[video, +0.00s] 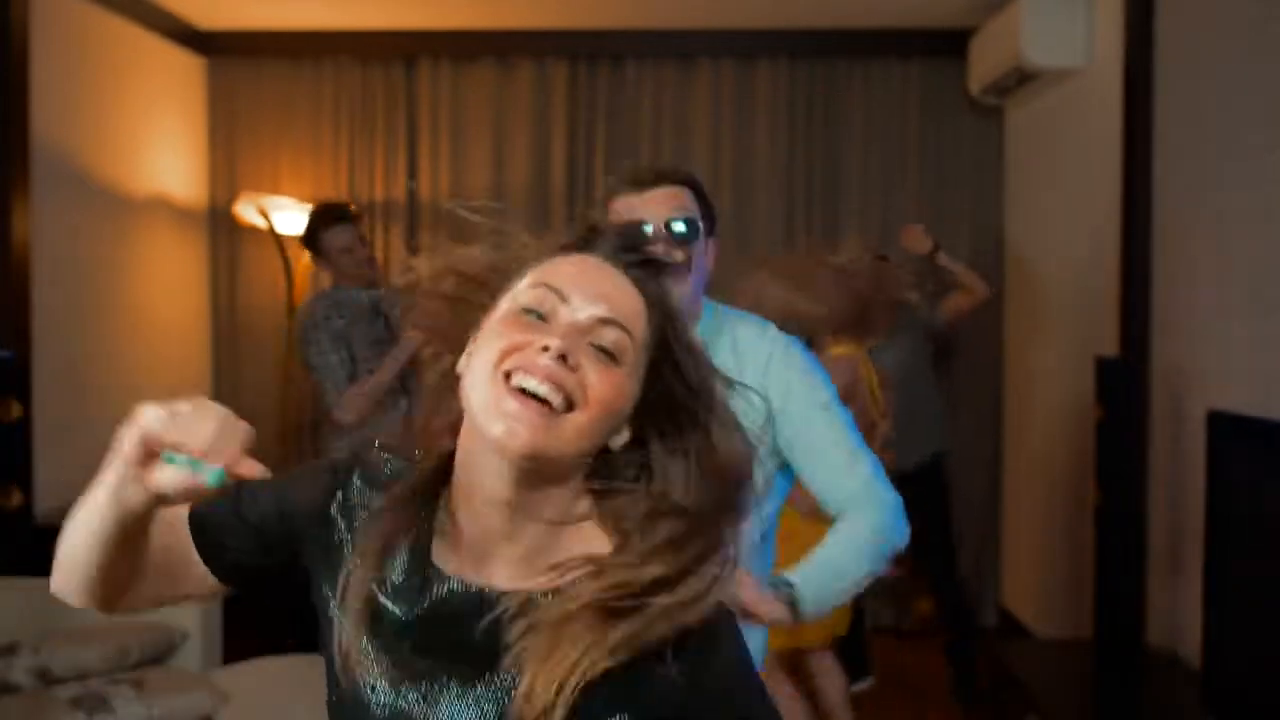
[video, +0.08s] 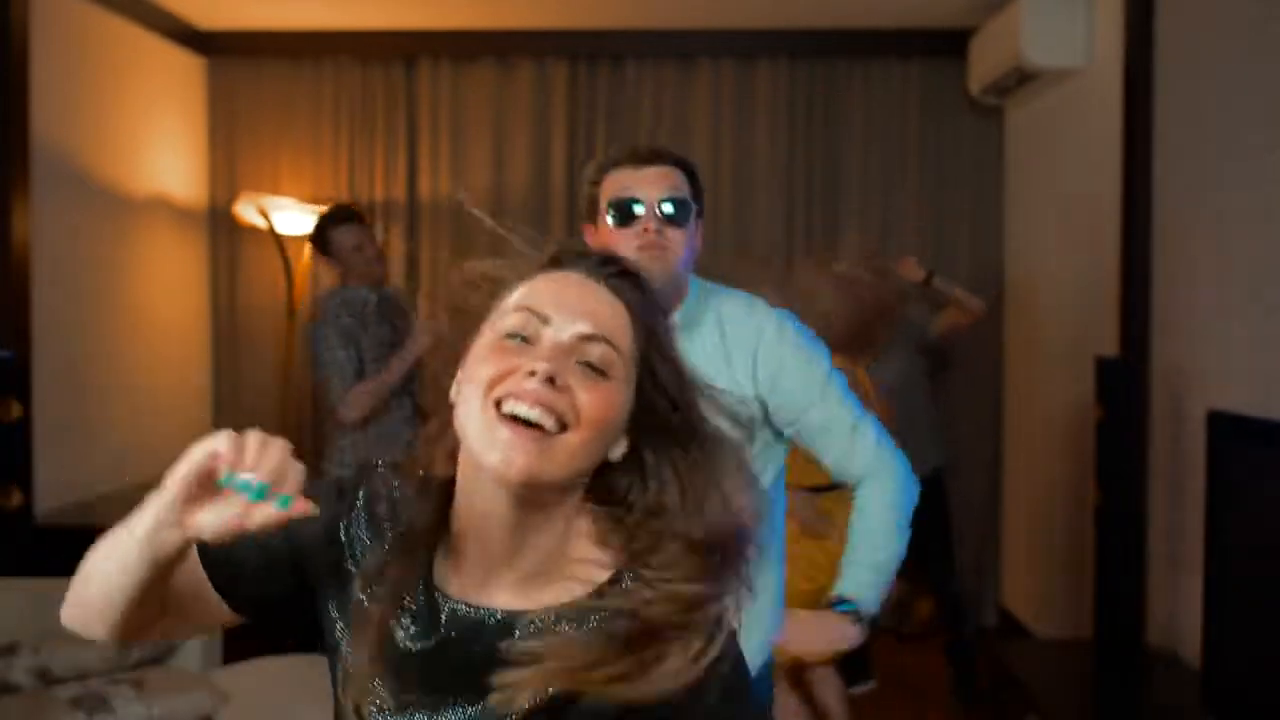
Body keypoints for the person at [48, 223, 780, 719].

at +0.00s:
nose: (559, 345)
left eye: (607, 349)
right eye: (537, 312)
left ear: (626, 427)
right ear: (472, 347)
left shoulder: (664, 625)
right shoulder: (353, 509)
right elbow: (94, 585)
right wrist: (126, 485)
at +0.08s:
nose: (545, 368)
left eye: (594, 364)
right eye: (520, 335)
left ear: (623, 436)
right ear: (461, 371)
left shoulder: (673, 639)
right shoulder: (367, 544)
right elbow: (99, 619)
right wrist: (171, 518)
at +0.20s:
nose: (538, 402)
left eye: (588, 391)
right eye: (513, 369)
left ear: (625, 457)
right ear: (457, 409)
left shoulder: (676, 646)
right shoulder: (364, 552)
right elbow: (116, 653)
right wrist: (157, 561)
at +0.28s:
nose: (537, 416)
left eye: (585, 401)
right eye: (511, 381)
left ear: (628, 459)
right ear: (456, 414)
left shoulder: (682, 663)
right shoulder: (365, 562)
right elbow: (130, 646)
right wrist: (121, 561)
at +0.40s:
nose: (539, 403)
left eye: (586, 385)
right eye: (509, 370)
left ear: (634, 439)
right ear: (459, 410)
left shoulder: (705, 637)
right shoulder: (362, 560)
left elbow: (791, 711)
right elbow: (158, 627)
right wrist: (50, 540)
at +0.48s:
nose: (540, 377)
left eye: (584, 355)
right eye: (507, 347)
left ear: (636, 412)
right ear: (460, 398)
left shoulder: (716, 608)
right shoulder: (367, 549)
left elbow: (823, 707)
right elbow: (165, 618)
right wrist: (0, 534)